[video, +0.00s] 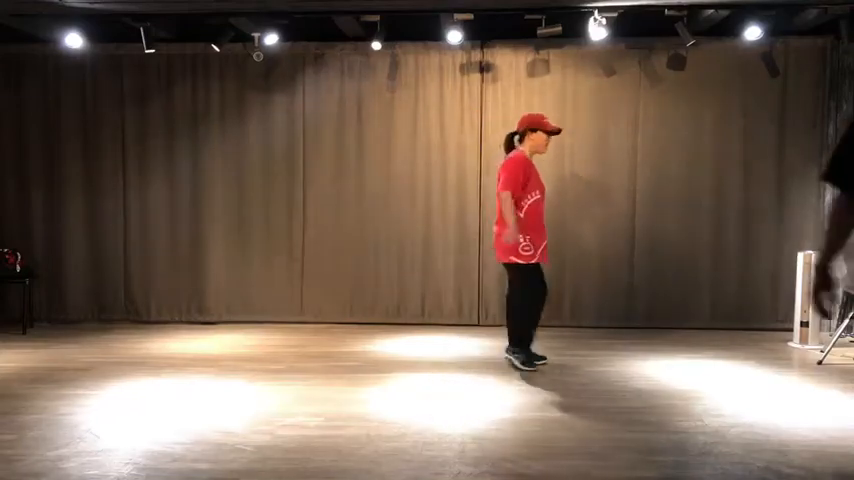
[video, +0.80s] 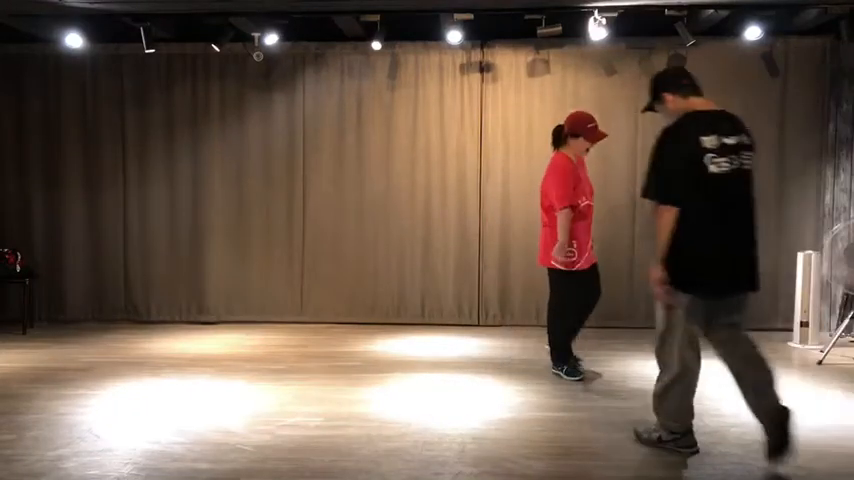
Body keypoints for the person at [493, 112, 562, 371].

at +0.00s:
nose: (548, 142)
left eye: (549, 137)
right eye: (546, 136)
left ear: (532, 137)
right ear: (530, 136)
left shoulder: (526, 162)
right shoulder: (516, 161)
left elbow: (521, 200)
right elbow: (505, 195)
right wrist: (512, 228)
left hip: (526, 244)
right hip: (517, 244)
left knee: (529, 291)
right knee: (532, 290)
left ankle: (522, 345)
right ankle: (517, 347)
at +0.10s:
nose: (553, 147)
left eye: (554, 142)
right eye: (552, 141)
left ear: (539, 138)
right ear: (538, 137)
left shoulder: (527, 161)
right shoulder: (520, 160)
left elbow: (516, 192)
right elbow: (511, 187)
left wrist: (539, 197)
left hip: (525, 243)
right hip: (524, 244)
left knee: (521, 294)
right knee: (544, 292)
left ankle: (518, 347)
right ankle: (530, 348)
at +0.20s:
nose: (560, 150)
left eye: (561, 145)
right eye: (559, 144)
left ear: (545, 139)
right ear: (545, 139)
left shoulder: (531, 162)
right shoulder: (524, 161)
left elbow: (532, 195)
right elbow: (529, 190)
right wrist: (556, 177)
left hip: (528, 245)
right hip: (528, 246)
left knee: (521, 297)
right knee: (546, 300)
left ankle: (518, 348)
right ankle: (548, 354)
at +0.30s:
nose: (566, 147)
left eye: (567, 142)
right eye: (564, 142)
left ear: (548, 138)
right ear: (550, 138)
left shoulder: (536, 162)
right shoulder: (534, 164)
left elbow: (539, 206)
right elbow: (549, 198)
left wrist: (552, 237)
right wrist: (580, 192)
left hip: (532, 246)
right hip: (531, 248)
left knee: (523, 299)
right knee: (545, 303)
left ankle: (518, 350)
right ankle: (559, 357)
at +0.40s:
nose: (572, 146)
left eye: (572, 141)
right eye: (570, 140)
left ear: (552, 138)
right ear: (555, 139)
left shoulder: (540, 164)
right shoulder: (543, 167)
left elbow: (558, 206)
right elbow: (565, 206)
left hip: (537, 249)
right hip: (540, 251)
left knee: (531, 300)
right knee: (548, 306)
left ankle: (519, 350)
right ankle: (561, 359)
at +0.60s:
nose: (583, 148)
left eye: (584, 143)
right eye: (582, 143)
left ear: (565, 139)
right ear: (568, 140)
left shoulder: (557, 163)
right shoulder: (553, 166)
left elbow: (557, 209)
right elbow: (551, 211)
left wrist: (569, 244)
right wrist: (562, 247)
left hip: (560, 248)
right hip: (554, 249)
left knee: (558, 300)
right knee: (560, 304)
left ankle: (533, 341)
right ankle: (561, 360)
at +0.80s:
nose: (590, 146)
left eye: (592, 141)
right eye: (587, 140)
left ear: (576, 138)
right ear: (572, 137)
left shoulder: (577, 162)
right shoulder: (561, 166)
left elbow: (579, 204)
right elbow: (563, 208)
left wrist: (584, 240)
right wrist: (562, 243)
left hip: (581, 249)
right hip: (564, 252)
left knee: (589, 294)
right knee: (563, 304)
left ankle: (563, 344)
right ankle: (560, 358)